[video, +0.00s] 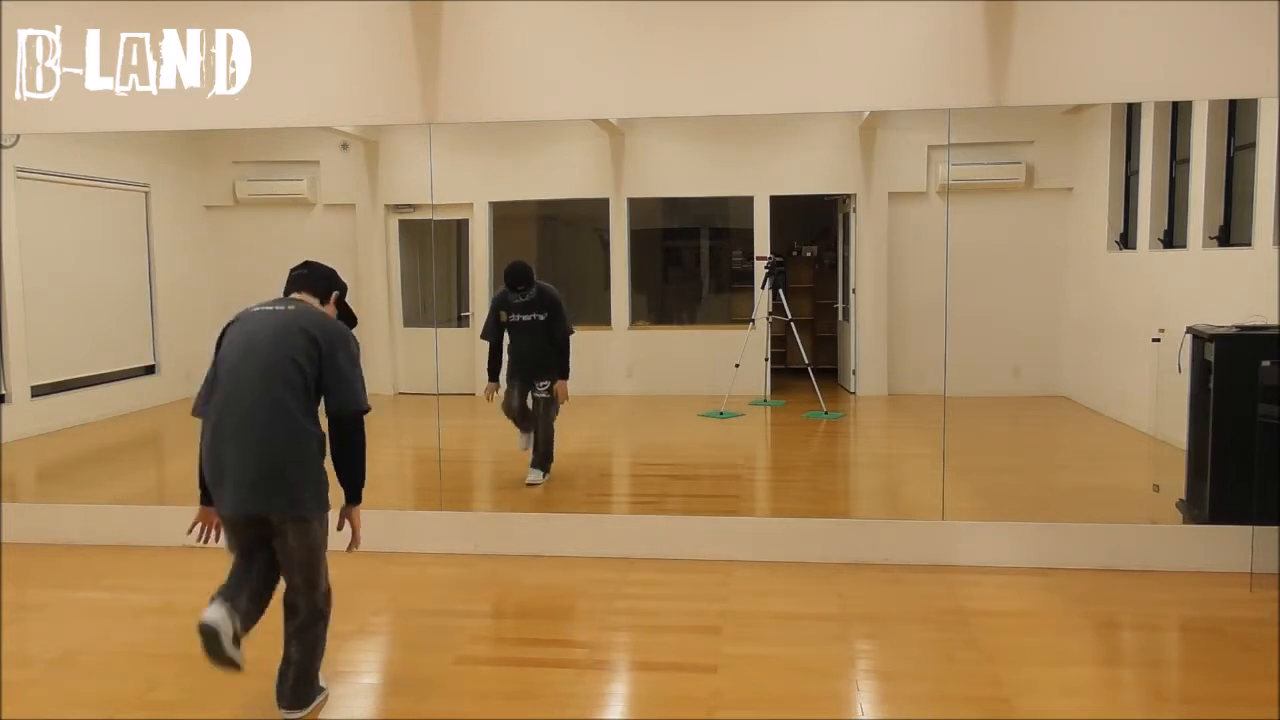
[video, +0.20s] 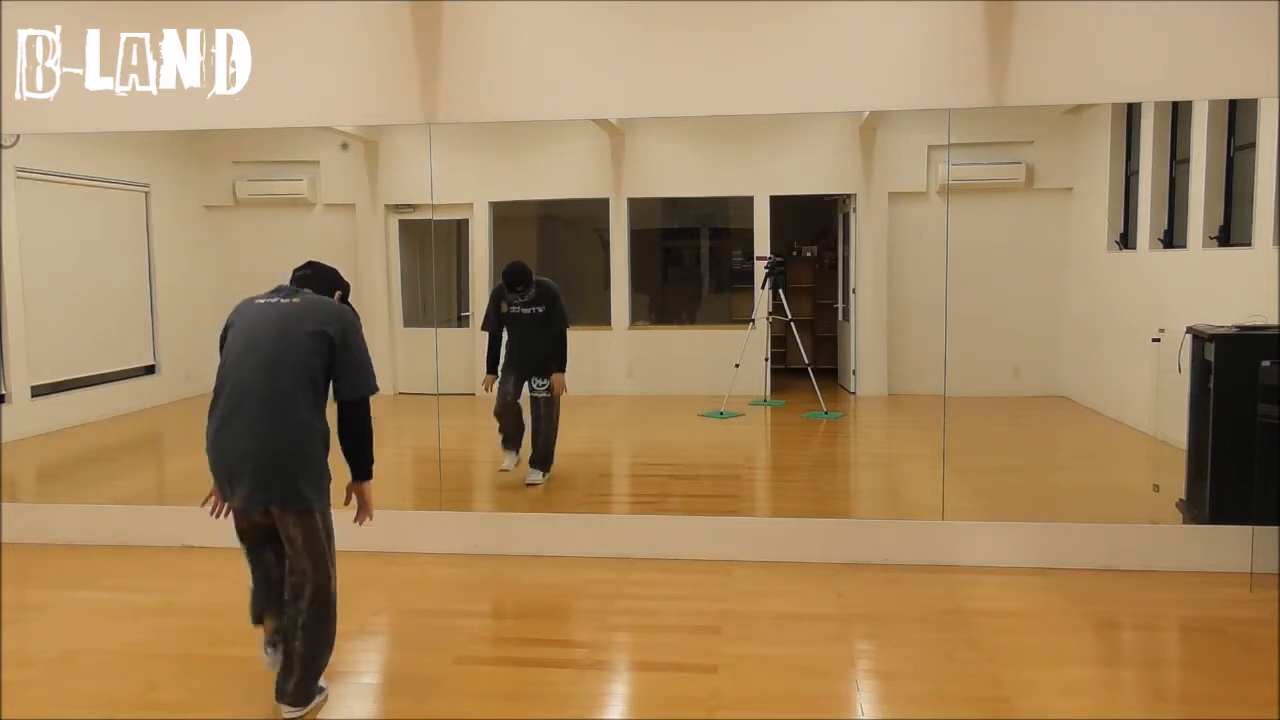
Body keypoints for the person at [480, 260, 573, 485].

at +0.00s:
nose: (521, 296)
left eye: (525, 292)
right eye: (516, 292)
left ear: (533, 284)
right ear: (508, 287)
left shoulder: (549, 297)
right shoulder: (501, 301)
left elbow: (563, 337)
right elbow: (495, 342)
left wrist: (563, 377)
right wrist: (493, 379)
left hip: (547, 363)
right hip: (519, 362)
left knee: (544, 416)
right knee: (511, 406)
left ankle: (540, 466)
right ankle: (528, 426)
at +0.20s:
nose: (521, 297)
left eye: (524, 292)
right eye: (515, 293)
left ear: (532, 283)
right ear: (507, 286)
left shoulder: (549, 292)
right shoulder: (500, 295)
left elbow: (560, 332)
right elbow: (495, 334)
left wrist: (559, 370)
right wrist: (491, 370)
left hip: (545, 359)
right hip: (516, 357)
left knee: (544, 415)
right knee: (504, 405)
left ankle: (540, 466)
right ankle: (511, 445)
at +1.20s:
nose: (516, 291)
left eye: (519, 286)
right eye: (511, 287)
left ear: (528, 277)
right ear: (505, 280)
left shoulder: (547, 295)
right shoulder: (503, 294)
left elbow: (556, 334)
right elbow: (501, 333)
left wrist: (548, 365)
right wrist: (493, 361)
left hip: (536, 368)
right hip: (509, 366)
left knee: (520, 420)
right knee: (501, 419)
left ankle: (532, 451)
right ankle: (506, 469)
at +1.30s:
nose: (522, 285)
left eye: (525, 280)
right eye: (517, 281)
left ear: (535, 271)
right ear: (511, 275)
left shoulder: (553, 287)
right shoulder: (507, 289)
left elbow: (575, 317)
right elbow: (499, 315)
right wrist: (483, 327)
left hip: (546, 356)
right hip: (517, 355)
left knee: (541, 411)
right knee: (500, 414)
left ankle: (556, 443)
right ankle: (505, 469)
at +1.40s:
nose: (528, 272)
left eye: (532, 266)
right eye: (524, 267)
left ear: (542, 259)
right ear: (518, 263)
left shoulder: (564, 279)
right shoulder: (514, 282)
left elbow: (592, 296)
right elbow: (493, 300)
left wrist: (600, 302)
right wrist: (472, 306)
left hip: (555, 362)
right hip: (524, 361)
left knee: (566, 415)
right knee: (509, 414)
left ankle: (589, 452)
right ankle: (506, 469)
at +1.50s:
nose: (537, 268)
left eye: (541, 262)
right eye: (532, 263)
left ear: (550, 255)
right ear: (526, 260)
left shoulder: (571, 275)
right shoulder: (521, 282)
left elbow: (605, 286)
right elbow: (490, 298)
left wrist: (633, 297)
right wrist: (459, 306)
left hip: (569, 358)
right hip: (537, 358)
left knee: (585, 412)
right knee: (520, 409)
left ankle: (608, 462)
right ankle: (512, 466)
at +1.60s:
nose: (544, 271)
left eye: (547, 266)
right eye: (539, 267)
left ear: (557, 261)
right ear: (533, 265)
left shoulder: (579, 281)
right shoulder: (530, 288)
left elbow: (609, 300)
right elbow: (505, 309)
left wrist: (638, 314)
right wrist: (473, 319)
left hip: (582, 359)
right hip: (551, 360)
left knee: (590, 414)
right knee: (533, 408)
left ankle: (610, 461)